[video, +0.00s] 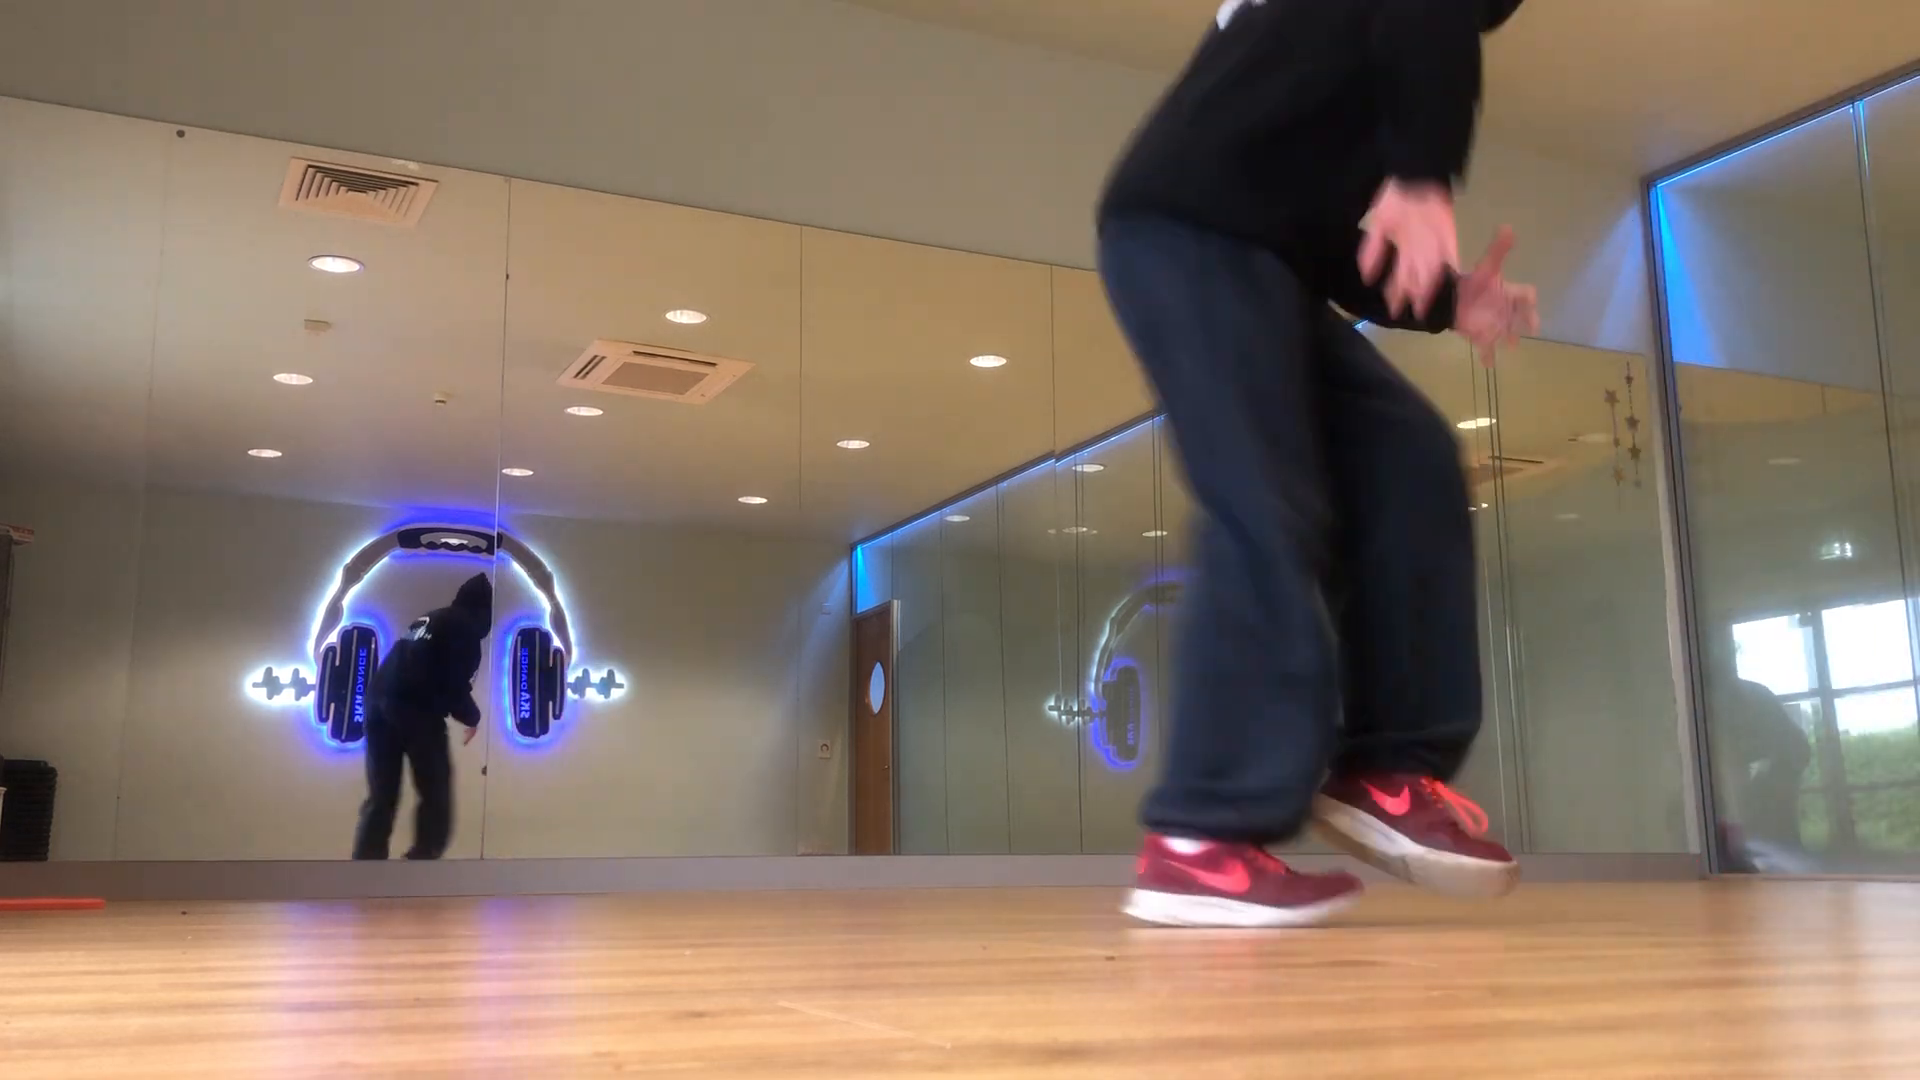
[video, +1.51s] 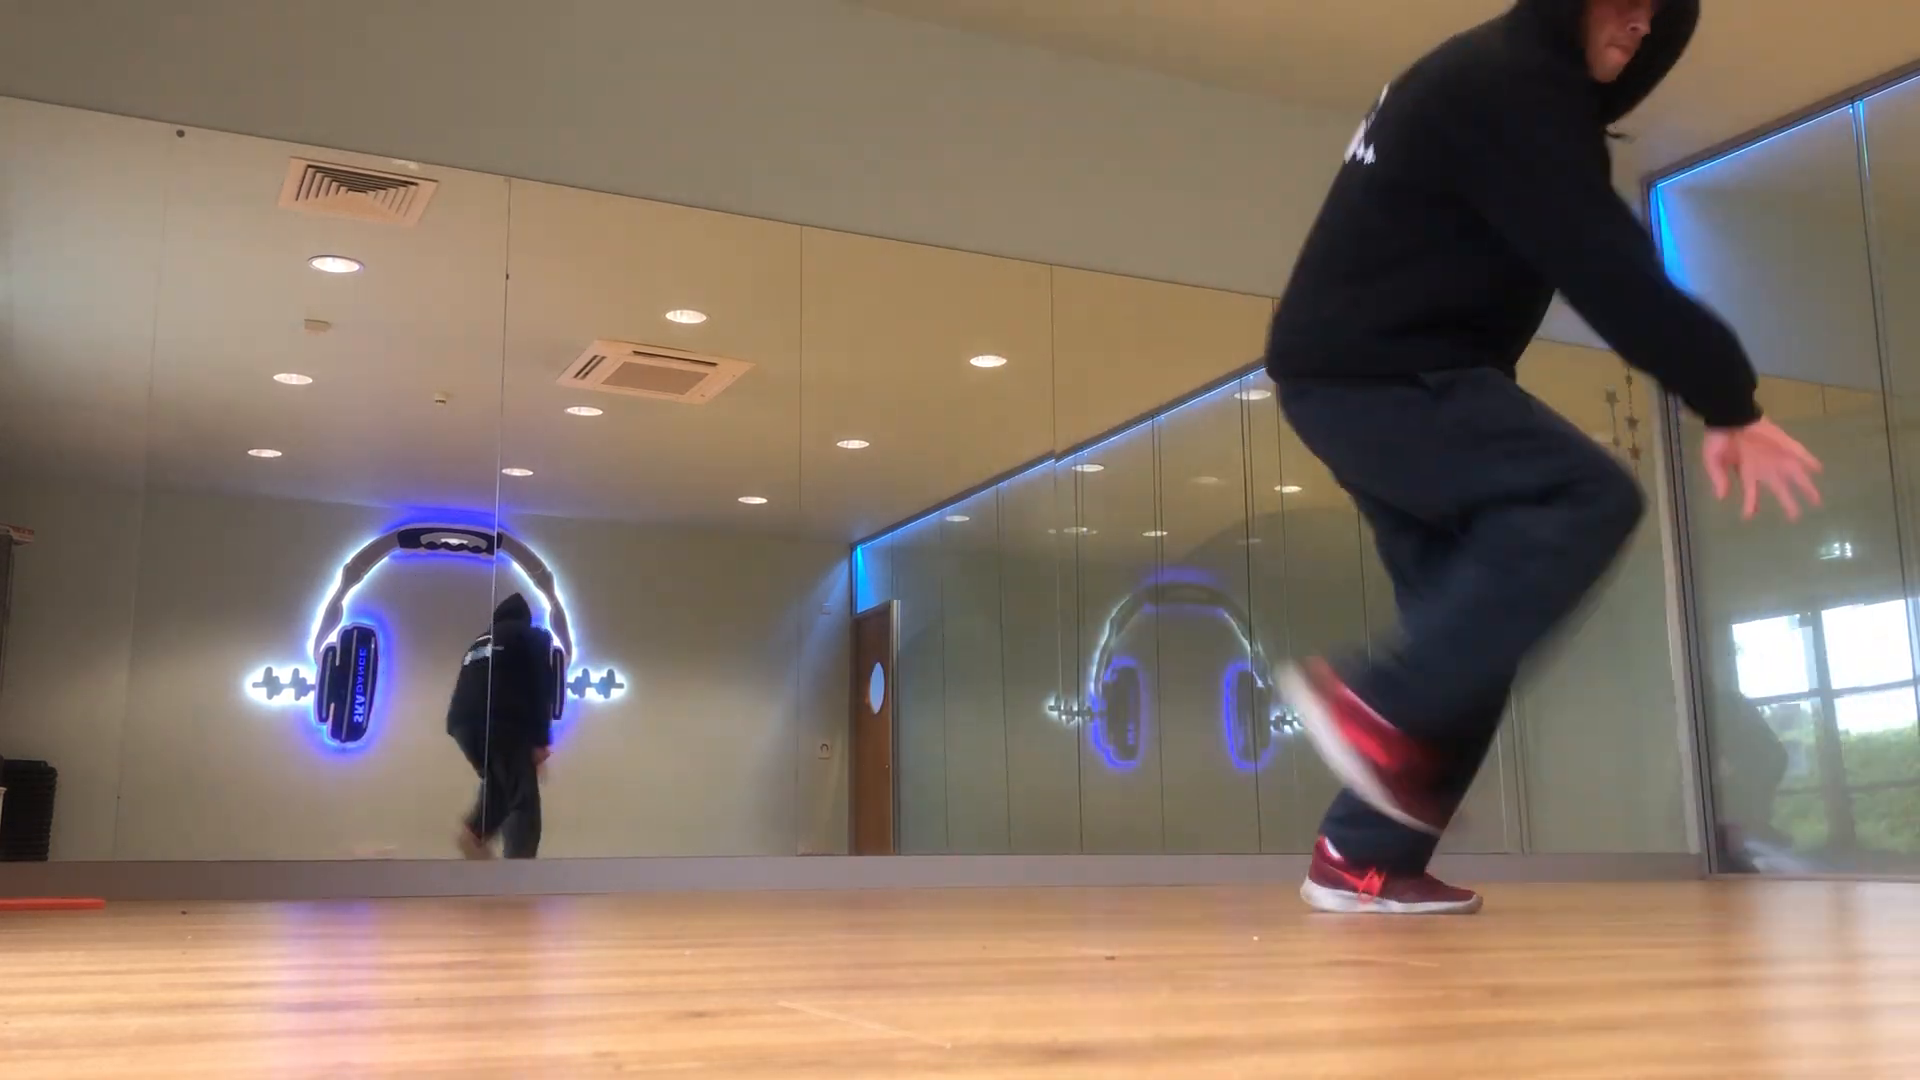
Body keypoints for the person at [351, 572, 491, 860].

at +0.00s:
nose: (489, 618)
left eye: (489, 611)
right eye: (488, 611)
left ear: (459, 599)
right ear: (483, 606)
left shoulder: (429, 618)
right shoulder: (465, 627)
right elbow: (452, 683)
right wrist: (472, 717)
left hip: (379, 709)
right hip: (420, 713)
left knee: (382, 794)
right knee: (436, 792)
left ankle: (365, 867)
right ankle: (422, 862)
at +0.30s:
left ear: (417, 593)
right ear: (451, 603)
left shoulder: (394, 616)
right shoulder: (458, 638)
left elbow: (343, 654)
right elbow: (448, 692)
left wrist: (325, 700)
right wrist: (424, 733)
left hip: (366, 707)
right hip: (408, 721)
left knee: (335, 777)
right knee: (380, 797)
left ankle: (323, 846)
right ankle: (355, 866)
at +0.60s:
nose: (387, 611)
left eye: (390, 605)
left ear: (398, 600)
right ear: (427, 600)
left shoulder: (393, 622)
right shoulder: (457, 632)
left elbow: (376, 675)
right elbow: (458, 697)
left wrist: (378, 710)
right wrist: (443, 751)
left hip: (399, 717)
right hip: (443, 720)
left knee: (366, 793)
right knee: (417, 796)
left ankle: (352, 865)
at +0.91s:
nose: (437, 656)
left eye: (436, 649)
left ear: (440, 638)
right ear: (466, 621)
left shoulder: (450, 657)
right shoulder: (501, 634)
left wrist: (456, 700)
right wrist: (458, 698)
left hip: (489, 727)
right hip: (530, 721)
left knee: (479, 794)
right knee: (524, 799)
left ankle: (455, 850)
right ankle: (533, 867)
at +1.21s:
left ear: (480, 623)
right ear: (512, 615)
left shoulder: (479, 660)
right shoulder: (536, 637)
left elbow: (475, 696)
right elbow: (556, 667)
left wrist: (503, 730)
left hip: (514, 746)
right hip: (554, 733)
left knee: (545, 813)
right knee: (566, 805)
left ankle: (577, 870)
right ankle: (535, 850)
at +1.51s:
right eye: (528, 615)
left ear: (497, 617)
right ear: (526, 615)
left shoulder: (480, 642)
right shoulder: (534, 637)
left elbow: (465, 694)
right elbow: (541, 689)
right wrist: (541, 739)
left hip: (463, 721)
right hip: (507, 722)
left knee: (498, 779)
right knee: (524, 794)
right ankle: (519, 866)